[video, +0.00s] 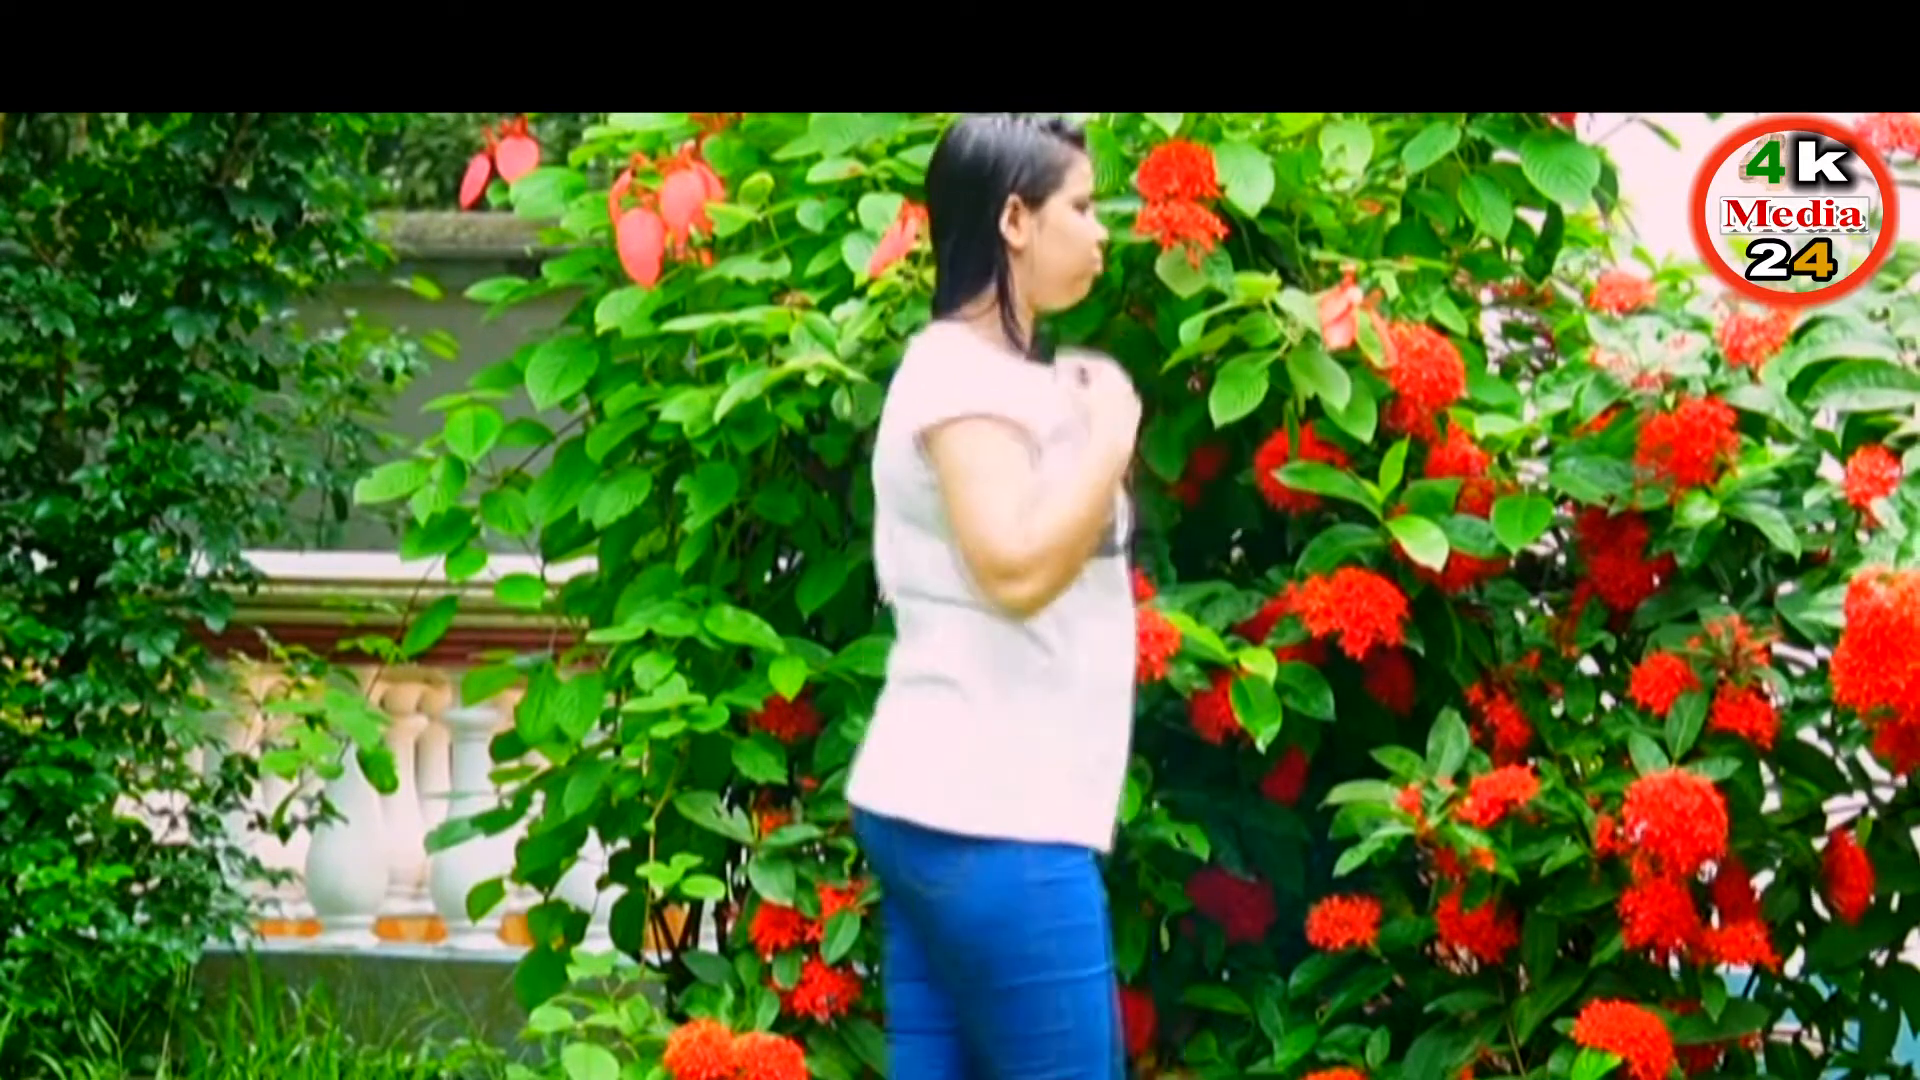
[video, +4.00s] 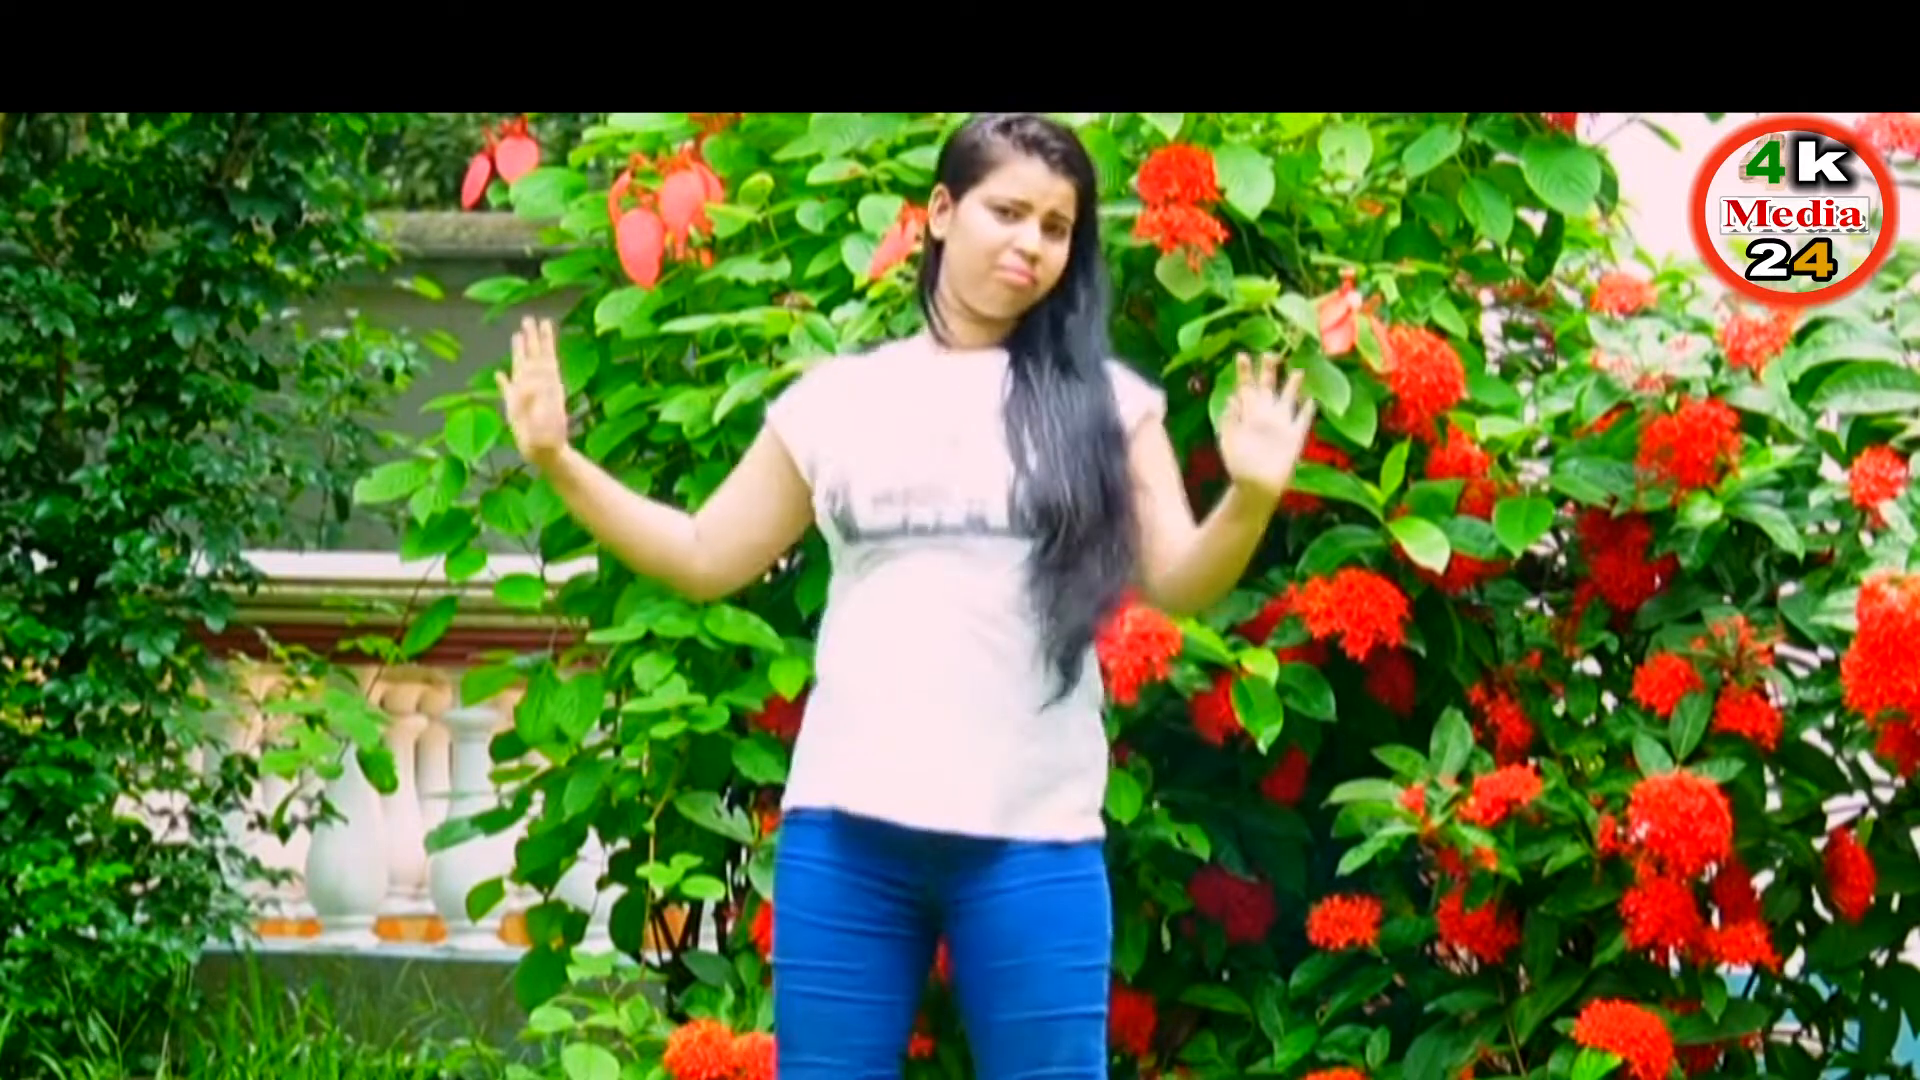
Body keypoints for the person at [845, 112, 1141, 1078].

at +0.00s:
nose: (1101, 233)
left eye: (1095, 208)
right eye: (1084, 208)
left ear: (1024, 229)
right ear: (1017, 224)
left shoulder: (999, 366)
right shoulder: (958, 365)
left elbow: (1018, 567)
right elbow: (1014, 570)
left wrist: (1092, 433)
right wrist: (1112, 431)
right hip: (992, 813)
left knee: (934, 1066)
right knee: (1070, 1065)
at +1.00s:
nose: (1069, 252)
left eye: (1097, 231)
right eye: (1045, 221)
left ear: (1122, 252)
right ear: (987, 226)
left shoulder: (1144, 399)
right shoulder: (885, 419)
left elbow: (1199, 587)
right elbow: (861, 611)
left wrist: (1226, 698)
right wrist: (865, 734)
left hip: (1137, 847)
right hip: (946, 854)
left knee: (1139, 1071)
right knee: (873, 1070)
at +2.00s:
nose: (984, 258)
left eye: (1015, 239)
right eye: (962, 227)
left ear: (1046, 266)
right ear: (915, 238)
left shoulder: (1074, 449)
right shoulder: (803, 413)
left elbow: (1097, 646)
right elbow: (722, 588)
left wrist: (1171, 722)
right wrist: (613, 650)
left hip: (977, 870)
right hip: (789, 860)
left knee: (1008, 1071)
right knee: (772, 1073)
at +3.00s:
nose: (1102, 281)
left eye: (1134, 260)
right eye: (1080, 250)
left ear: (1175, 287)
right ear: (1045, 262)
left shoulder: (1191, 433)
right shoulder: (1014, 440)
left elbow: (1265, 631)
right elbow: (990, 647)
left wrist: (1237, 739)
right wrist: (836, 679)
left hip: (1112, 873)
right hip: (964, 870)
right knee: (848, 1071)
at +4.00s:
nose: (1029, 246)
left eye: (1056, 229)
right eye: (1008, 212)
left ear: (1074, 252)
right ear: (943, 212)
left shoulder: (1114, 402)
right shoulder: (837, 397)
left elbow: (1177, 588)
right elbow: (704, 559)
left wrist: (1253, 497)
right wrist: (557, 460)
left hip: (1037, 840)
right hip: (847, 827)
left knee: (1054, 1071)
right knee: (825, 1074)